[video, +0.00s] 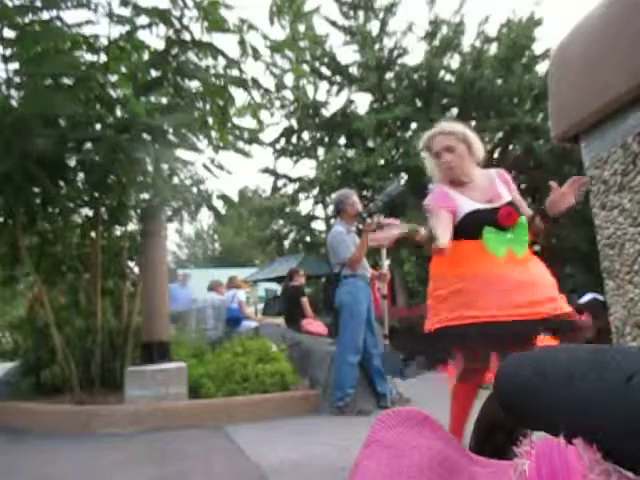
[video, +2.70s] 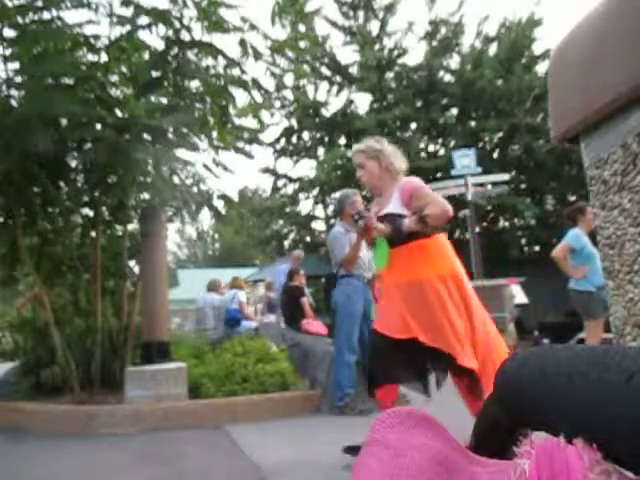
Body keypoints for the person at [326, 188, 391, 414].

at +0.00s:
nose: (360, 206)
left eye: (359, 202)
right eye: (356, 203)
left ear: (350, 207)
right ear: (345, 208)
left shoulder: (352, 233)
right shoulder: (337, 234)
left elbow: (357, 264)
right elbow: (353, 262)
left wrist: (374, 274)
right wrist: (365, 235)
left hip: (363, 284)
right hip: (350, 284)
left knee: (370, 343)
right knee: (351, 343)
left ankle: (385, 393)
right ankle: (343, 398)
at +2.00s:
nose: (361, 211)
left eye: (360, 206)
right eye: (357, 206)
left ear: (349, 209)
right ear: (346, 209)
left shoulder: (352, 232)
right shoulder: (339, 233)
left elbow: (358, 266)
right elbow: (352, 262)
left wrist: (375, 274)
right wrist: (367, 235)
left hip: (363, 284)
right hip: (350, 284)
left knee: (370, 343)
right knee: (350, 344)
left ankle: (385, 393)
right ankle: (344, 398)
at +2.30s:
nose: (362, 207)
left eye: (361, 202)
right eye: (358, 203)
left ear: (353, 207)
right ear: (347, 207)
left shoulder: (356, 231)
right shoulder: (337, 233)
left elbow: (360, 262)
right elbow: (350, 261)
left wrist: (374, 274)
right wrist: (361, 238)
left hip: (364, 283)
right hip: (350, 283)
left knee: (371, 342)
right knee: (349, 344)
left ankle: (385, 393)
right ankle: (343, 398)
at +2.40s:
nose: (361, 206)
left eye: (361, 202)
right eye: (357, 202)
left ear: (354, 207)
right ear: (346, 207)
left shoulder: (357, 231)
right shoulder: (337, 234)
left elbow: (366, 258)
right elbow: (346, 261)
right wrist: (362, 238)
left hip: (364, 285)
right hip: (347, 287)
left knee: (371, 342)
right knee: (348, 345)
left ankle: (384, 392)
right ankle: (343, 397)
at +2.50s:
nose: (361, 206)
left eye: (361, 202)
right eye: (357, 202)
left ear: (357, 207)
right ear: (346, 207)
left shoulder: (357, 231)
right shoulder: (337, 233)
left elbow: (365, 262)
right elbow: (348, 263)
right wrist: (362, 238)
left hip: (366, 282)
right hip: (348, 283)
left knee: (372, 342)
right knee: (348, 343)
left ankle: (385, 392)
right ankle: (344, 397)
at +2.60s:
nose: (362, 206)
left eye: (362, 202)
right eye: (357, 202)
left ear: (354, 207)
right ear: (346, 207)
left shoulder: (357, 232)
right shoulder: (337, 233)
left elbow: (363, 263)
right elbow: (347, 263)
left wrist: (376, 273)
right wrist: (360, 238)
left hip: (365, 283)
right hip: (349, 283)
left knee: (372, 341)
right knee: (348, 343)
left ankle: (385, 392)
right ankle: (343, 397)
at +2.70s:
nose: (361, 209)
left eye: (361, 205)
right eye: (356, 205)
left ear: (358, 207)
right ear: (345, 208)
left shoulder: (359, 231)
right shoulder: (337, 233)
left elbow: (367, 261)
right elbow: (347, 262)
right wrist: (359, 237)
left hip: (366, 282)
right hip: (349, 283)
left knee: (368, 338)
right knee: (347, 342)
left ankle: (377, 388)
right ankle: (344, 396)